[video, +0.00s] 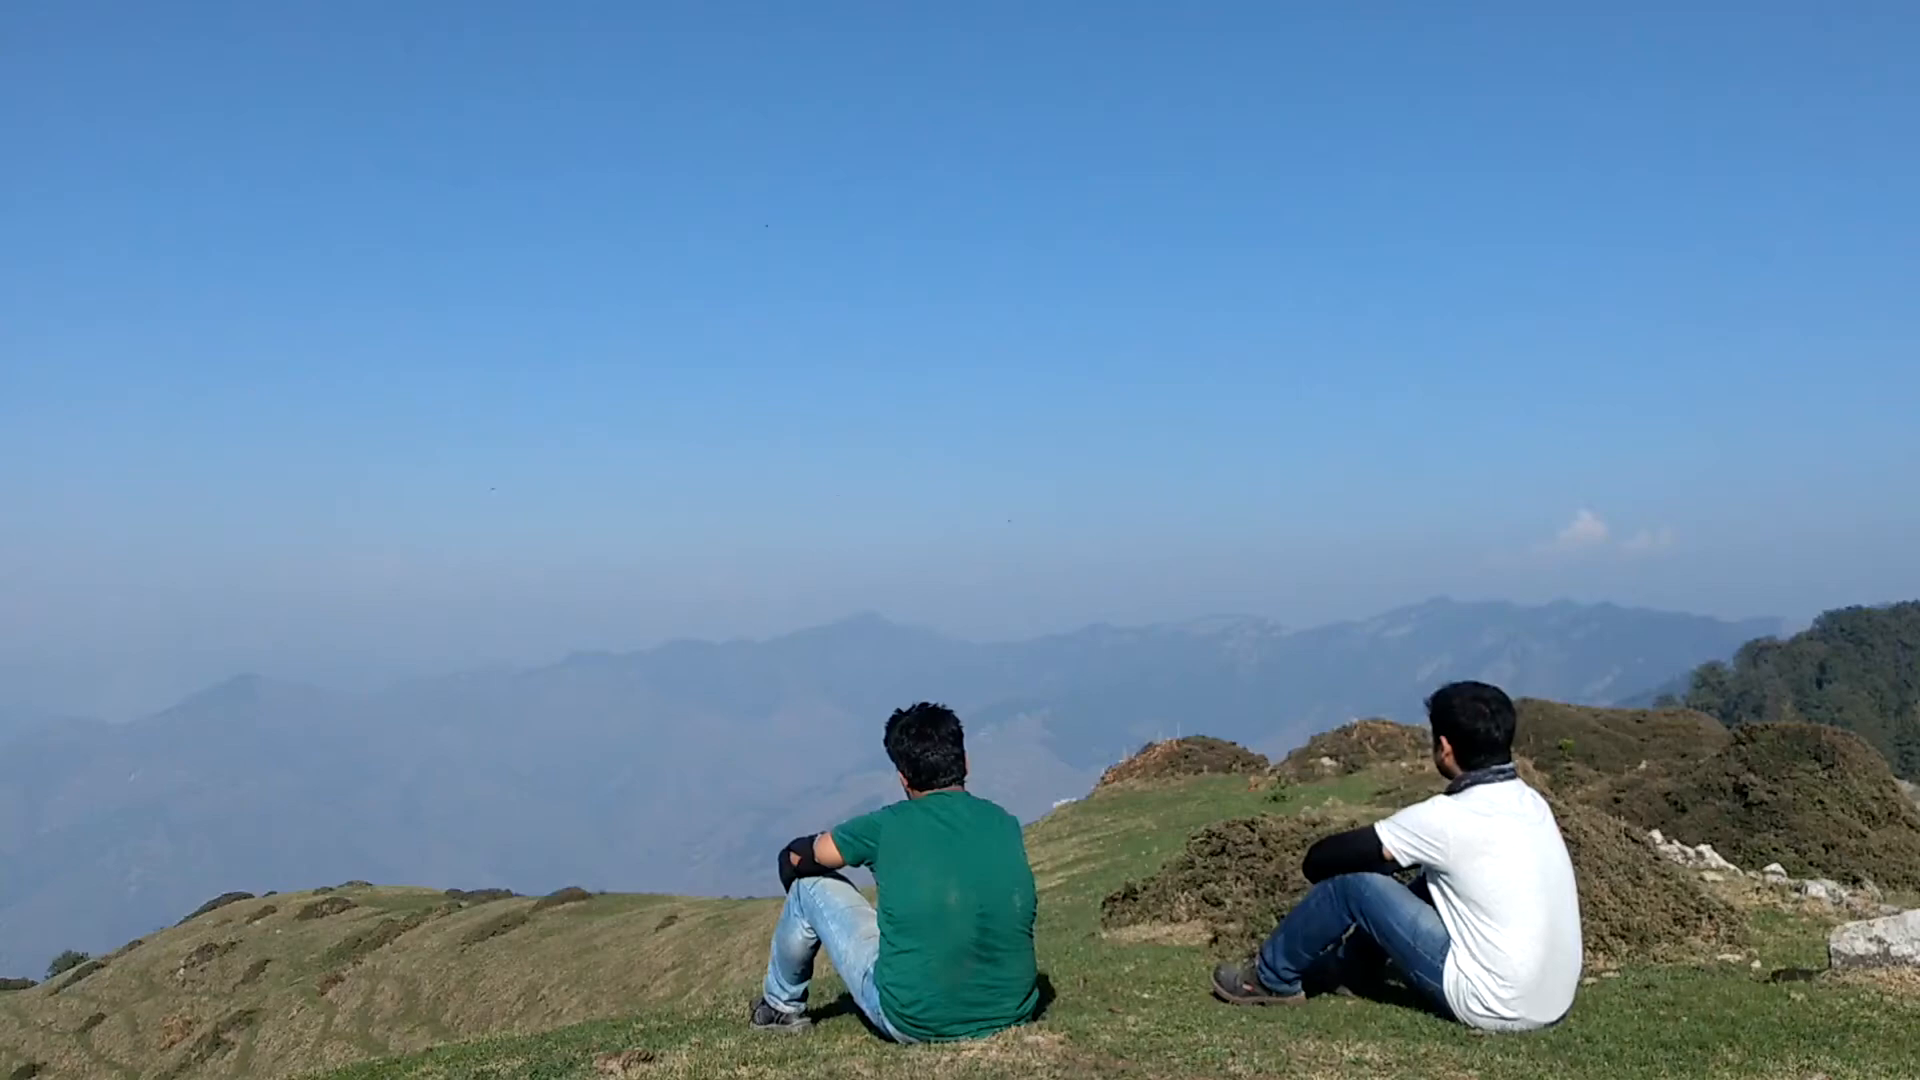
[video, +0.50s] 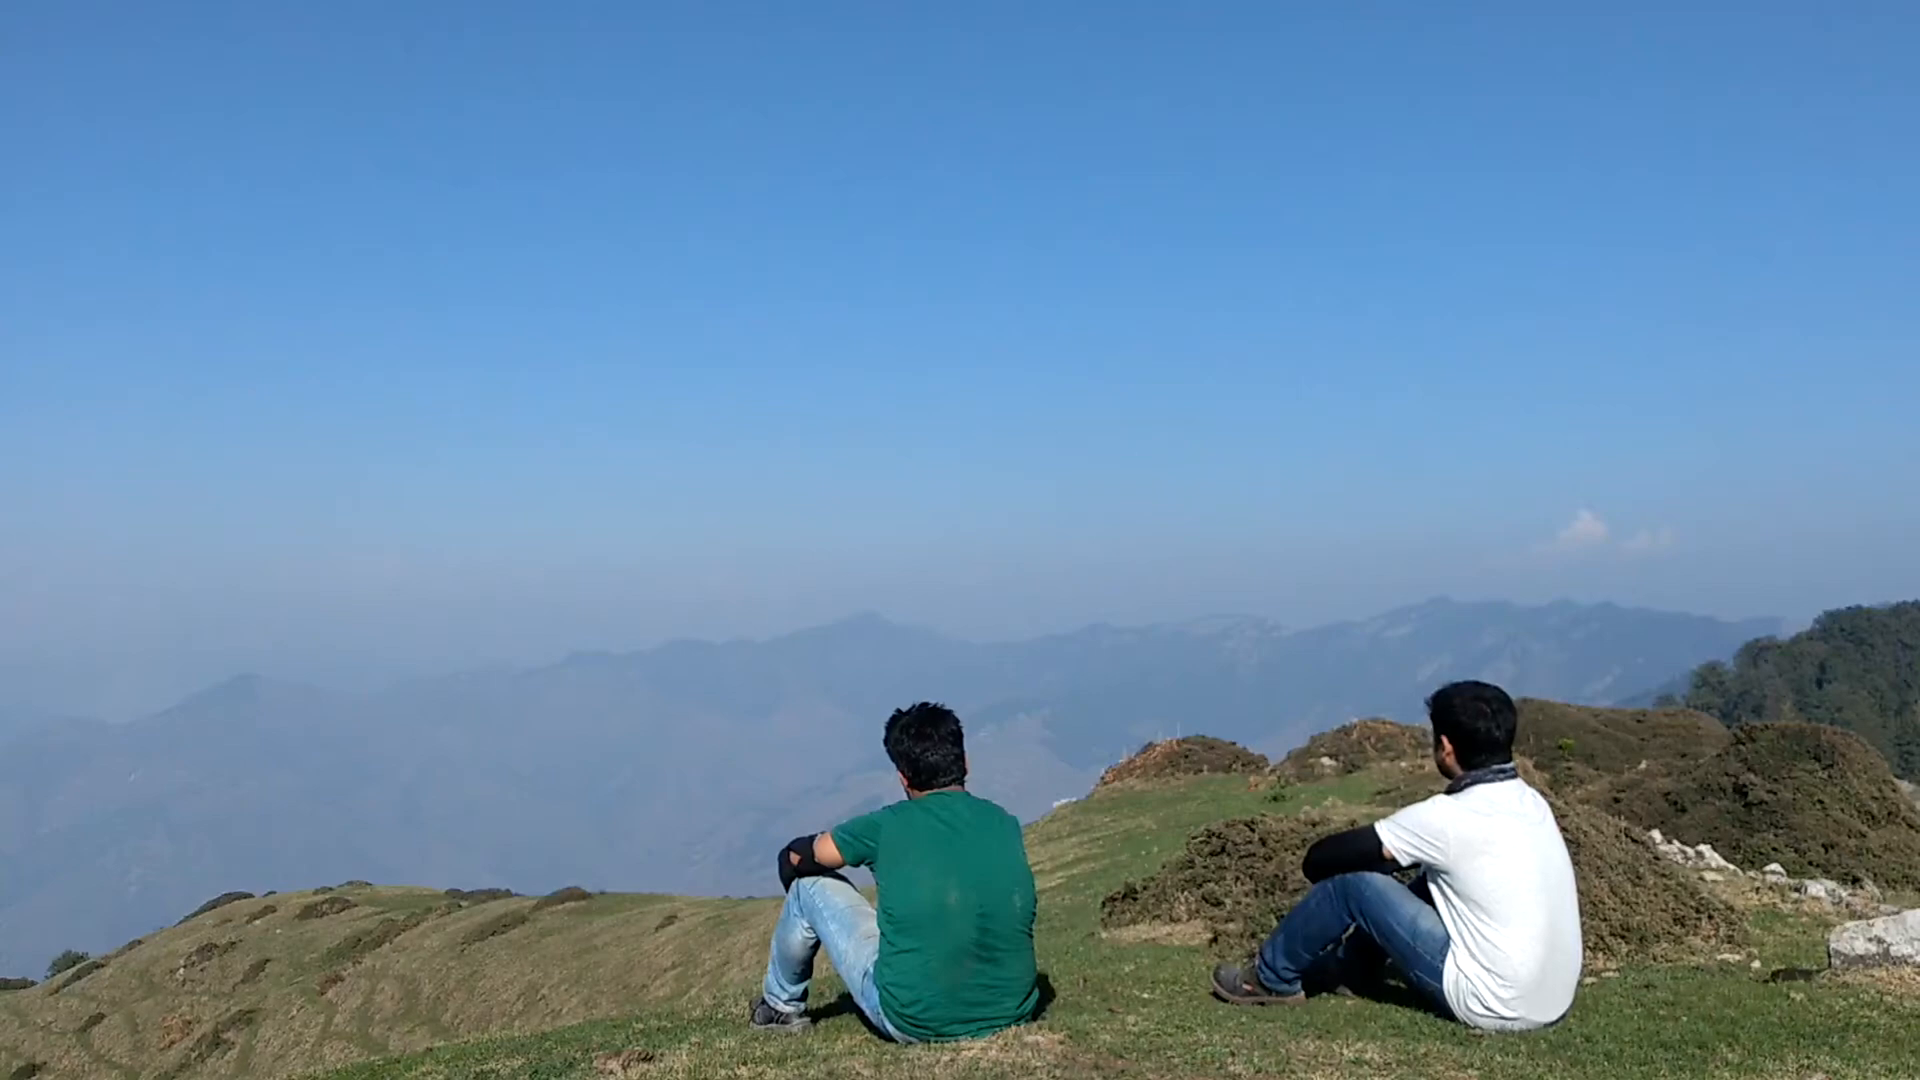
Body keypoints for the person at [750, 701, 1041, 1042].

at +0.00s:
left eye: (898, 771)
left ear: (904, 778)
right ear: (966, 764)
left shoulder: (888, 824)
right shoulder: (1006, 822)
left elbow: (796, 857)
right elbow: (1021, 912)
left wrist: (798, 891)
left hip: (915, 1020)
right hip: (1009, 1012)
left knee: (811, 886)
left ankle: (781, 1005)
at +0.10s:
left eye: (898, 771)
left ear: (904, 778)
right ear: (966, 764)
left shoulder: (888, 824)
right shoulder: (1007, 823)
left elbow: (796, 857)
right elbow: (1022, 913)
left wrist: (798, 891)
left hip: (915, 1020)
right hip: (1009, 1012)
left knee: (811, 886)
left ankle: (781, 1005)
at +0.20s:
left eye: (898, 771)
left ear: (904, 778)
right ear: (966, 764)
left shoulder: (888, 824)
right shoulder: (1007, 823)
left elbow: (796, 857)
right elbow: (1022, 913)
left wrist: (799, 893)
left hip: (915, 1020)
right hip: (1009, 1012)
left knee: (811, 886)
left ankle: (781, 1005)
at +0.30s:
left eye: (898, 771)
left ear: (904, 778)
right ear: (966, 764)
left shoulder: (888, 824)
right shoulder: (1007, 823)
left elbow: (796, 857)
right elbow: (1022, 913)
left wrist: (799, 894)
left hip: (915, 1020)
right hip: (1009, 1012)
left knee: (810, 886)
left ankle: (781, 1005)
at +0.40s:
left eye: (898, 771)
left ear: (904, 778)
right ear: (966, 764)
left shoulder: (888, 824)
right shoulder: (1007, 823)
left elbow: (796, 857)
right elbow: (1022, 913)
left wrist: (798, 892)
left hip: (915, 1020)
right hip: (1008, 1012)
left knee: (810, 885)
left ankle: (781, 1005)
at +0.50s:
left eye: (898, 770)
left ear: (904, 778)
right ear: (966, 764)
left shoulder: (888, 824)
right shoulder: (1006, 823)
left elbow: (796, 857)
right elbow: (1022, 913)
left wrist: (797, 890)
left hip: (915, 1020)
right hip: (1008, 1012)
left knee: (810, 886)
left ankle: (781, 1005)